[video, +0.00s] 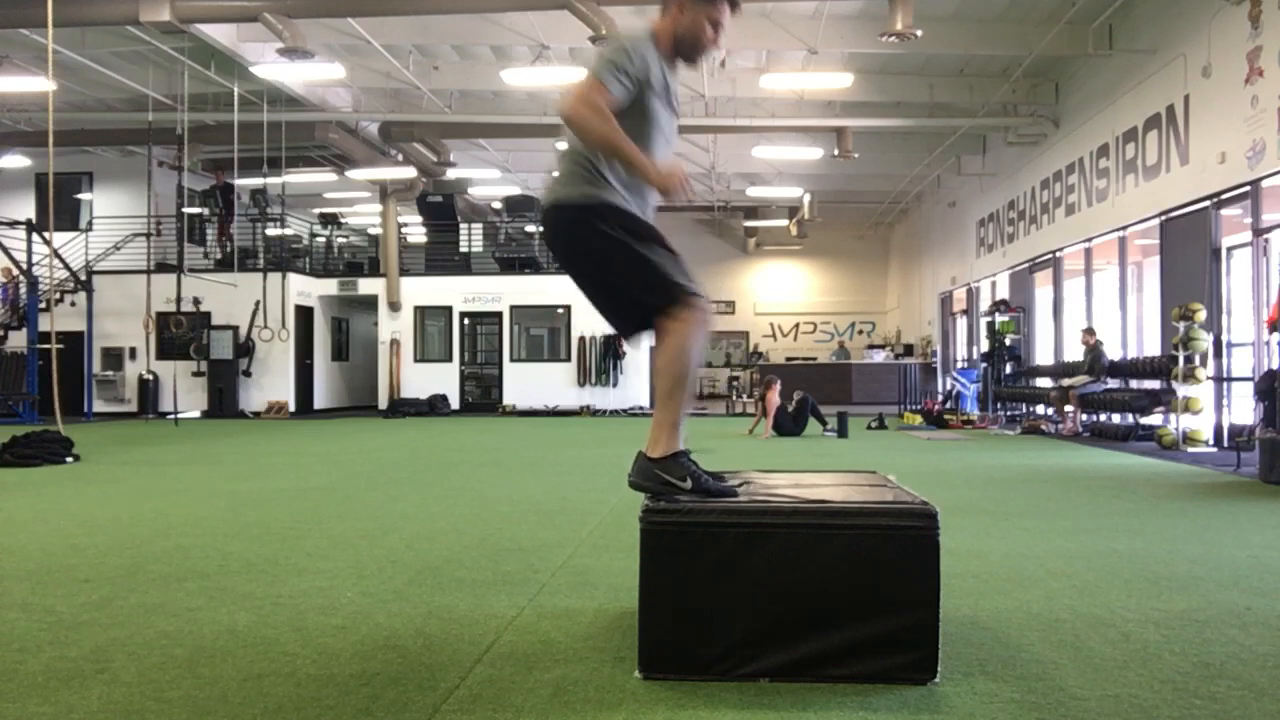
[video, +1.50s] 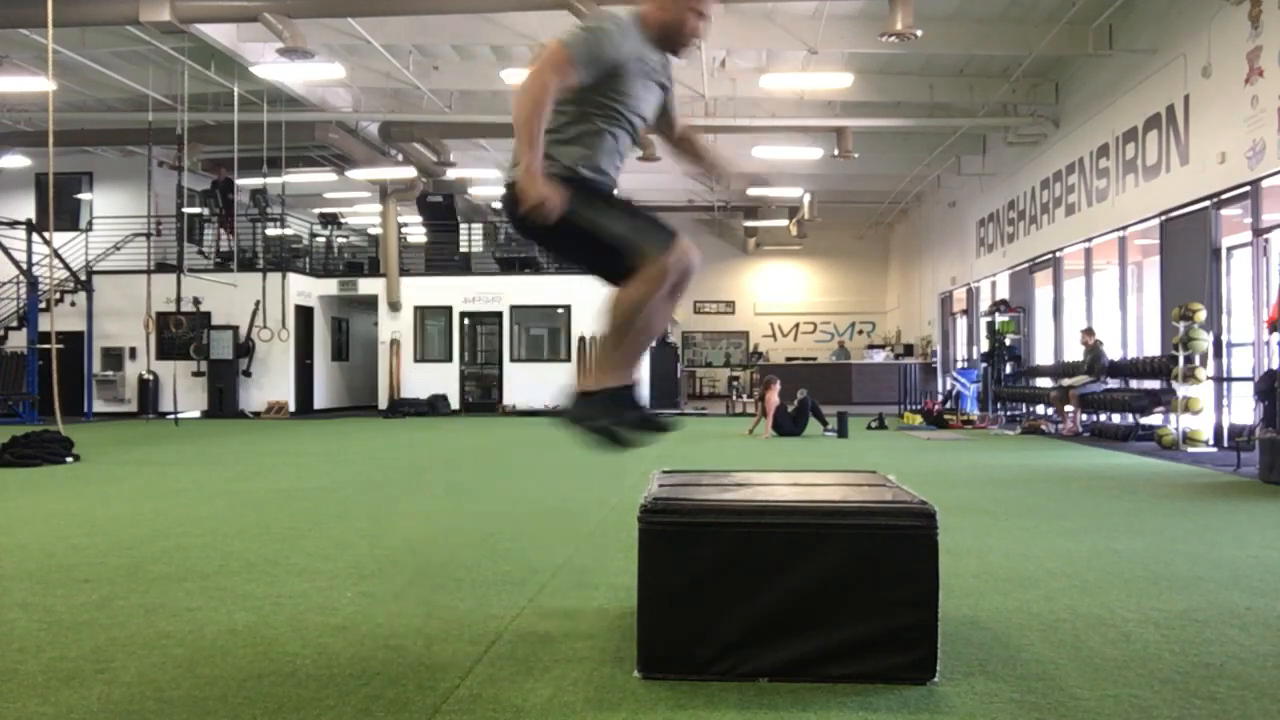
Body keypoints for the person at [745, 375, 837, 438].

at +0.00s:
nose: (779, 387)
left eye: (779, 384)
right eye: (778, 384)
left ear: (767, 385)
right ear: (774, 385)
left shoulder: (764, 396)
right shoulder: (772, 395)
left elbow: (759, 416)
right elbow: (770, 416)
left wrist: (751, 430)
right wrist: (767, 433)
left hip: (785, 430)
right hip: (793, 431)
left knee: (805, 398)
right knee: (807, 399)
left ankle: (825, 425)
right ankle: (826, 426)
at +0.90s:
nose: (779, 387)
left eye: (779, 385)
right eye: (778, 385)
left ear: (767, 385)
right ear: (773, 385)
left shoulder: (764, 396)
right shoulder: (772, 396)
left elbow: (759, 415)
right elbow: (770, 416)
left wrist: (751, 430)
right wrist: (767, 433)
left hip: (785, 430)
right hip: (793, 431)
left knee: (804, 398)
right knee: (807, 399)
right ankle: (826, 426)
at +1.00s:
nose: (779, 387)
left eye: (779, 384)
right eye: (778, 385)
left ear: (767, 385)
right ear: (773, 385)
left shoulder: (764, 396)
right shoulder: (772, 396)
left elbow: (759, 415)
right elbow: (770, 415)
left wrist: (751, 429)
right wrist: (767, 433)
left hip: (784, 430)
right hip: (793, 431)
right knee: (807, 399)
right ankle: (826, 426)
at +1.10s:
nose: (779, 387)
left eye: (779, 385)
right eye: (778, 385)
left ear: (767, 385)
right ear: (773, 385)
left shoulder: (764, 396)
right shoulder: (772, 396)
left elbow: (759, 415)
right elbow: (770, 416)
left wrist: (751, 430)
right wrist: (767, 433)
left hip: (785, 430)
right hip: (793, 431)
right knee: (807, 399)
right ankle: (826, 426)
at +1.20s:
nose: (779, 387)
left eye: (779, 384)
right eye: (778, 384)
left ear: (767, 385)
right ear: (773, 385)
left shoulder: (764, 396)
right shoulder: (772, 396)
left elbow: (759, 416)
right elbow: (770, 416)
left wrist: (751, 430)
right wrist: (767, 433)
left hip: (785, 430)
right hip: (793, 431)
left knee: (805, 399)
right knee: (807, 400)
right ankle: (826, 426)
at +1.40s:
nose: (779, 387)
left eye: (779, 384)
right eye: (778, 384)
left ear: (767, 385)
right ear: (773, 385)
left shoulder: (764, 396)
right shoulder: (772, 396)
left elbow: (759, 416)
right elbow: (770, 416)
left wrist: (751, 429)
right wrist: (767, 433)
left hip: (785, 430)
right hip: (793, 431)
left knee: (807, 402)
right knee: (807, 401)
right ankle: (826, 426)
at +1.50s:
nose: (779, 387)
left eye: (779, 384)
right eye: (778, 384)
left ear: (767, 385)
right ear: (773, 385)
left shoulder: (764, 396)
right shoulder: (772, 396)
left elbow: (759, 415)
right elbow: (770, 415)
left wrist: (751, 429)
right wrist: (767, 433)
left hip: (785, 430)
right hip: (793, 431)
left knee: (807, 402)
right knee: (807, 401)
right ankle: (826, 426)